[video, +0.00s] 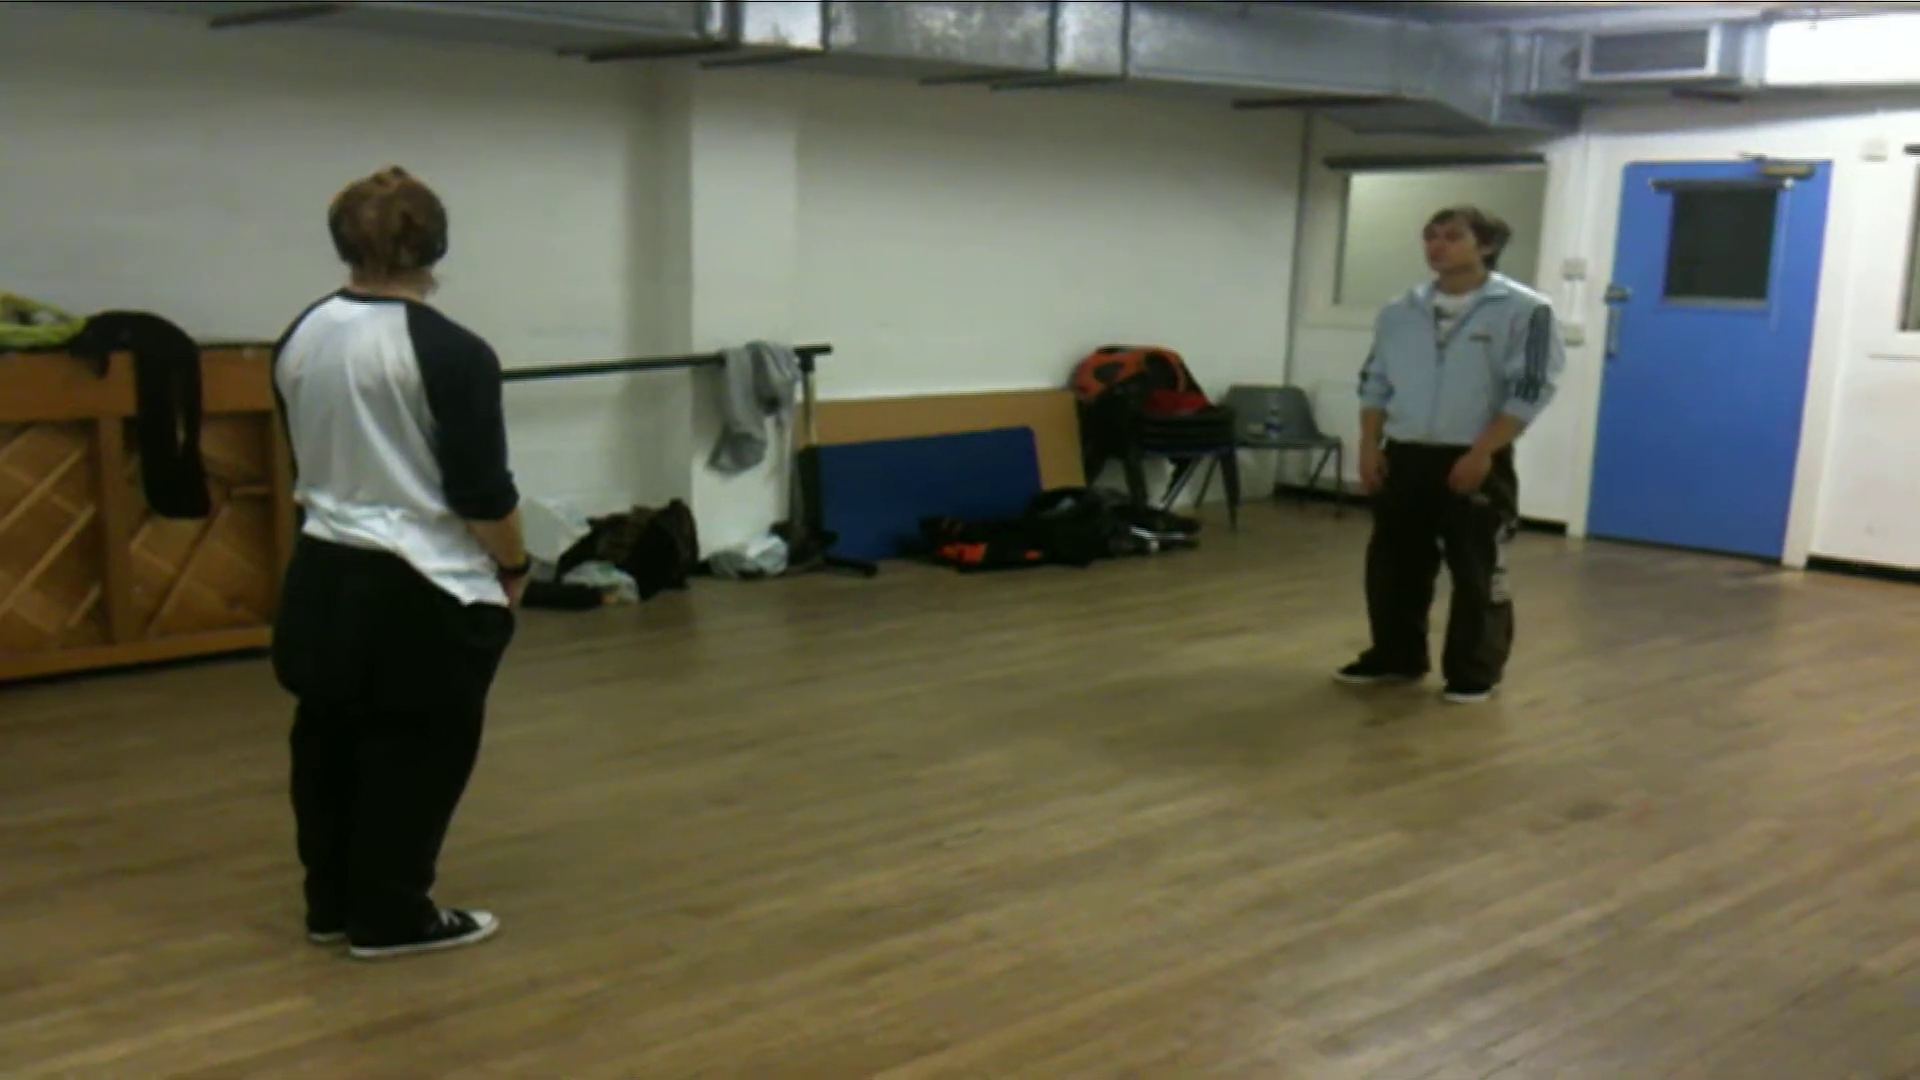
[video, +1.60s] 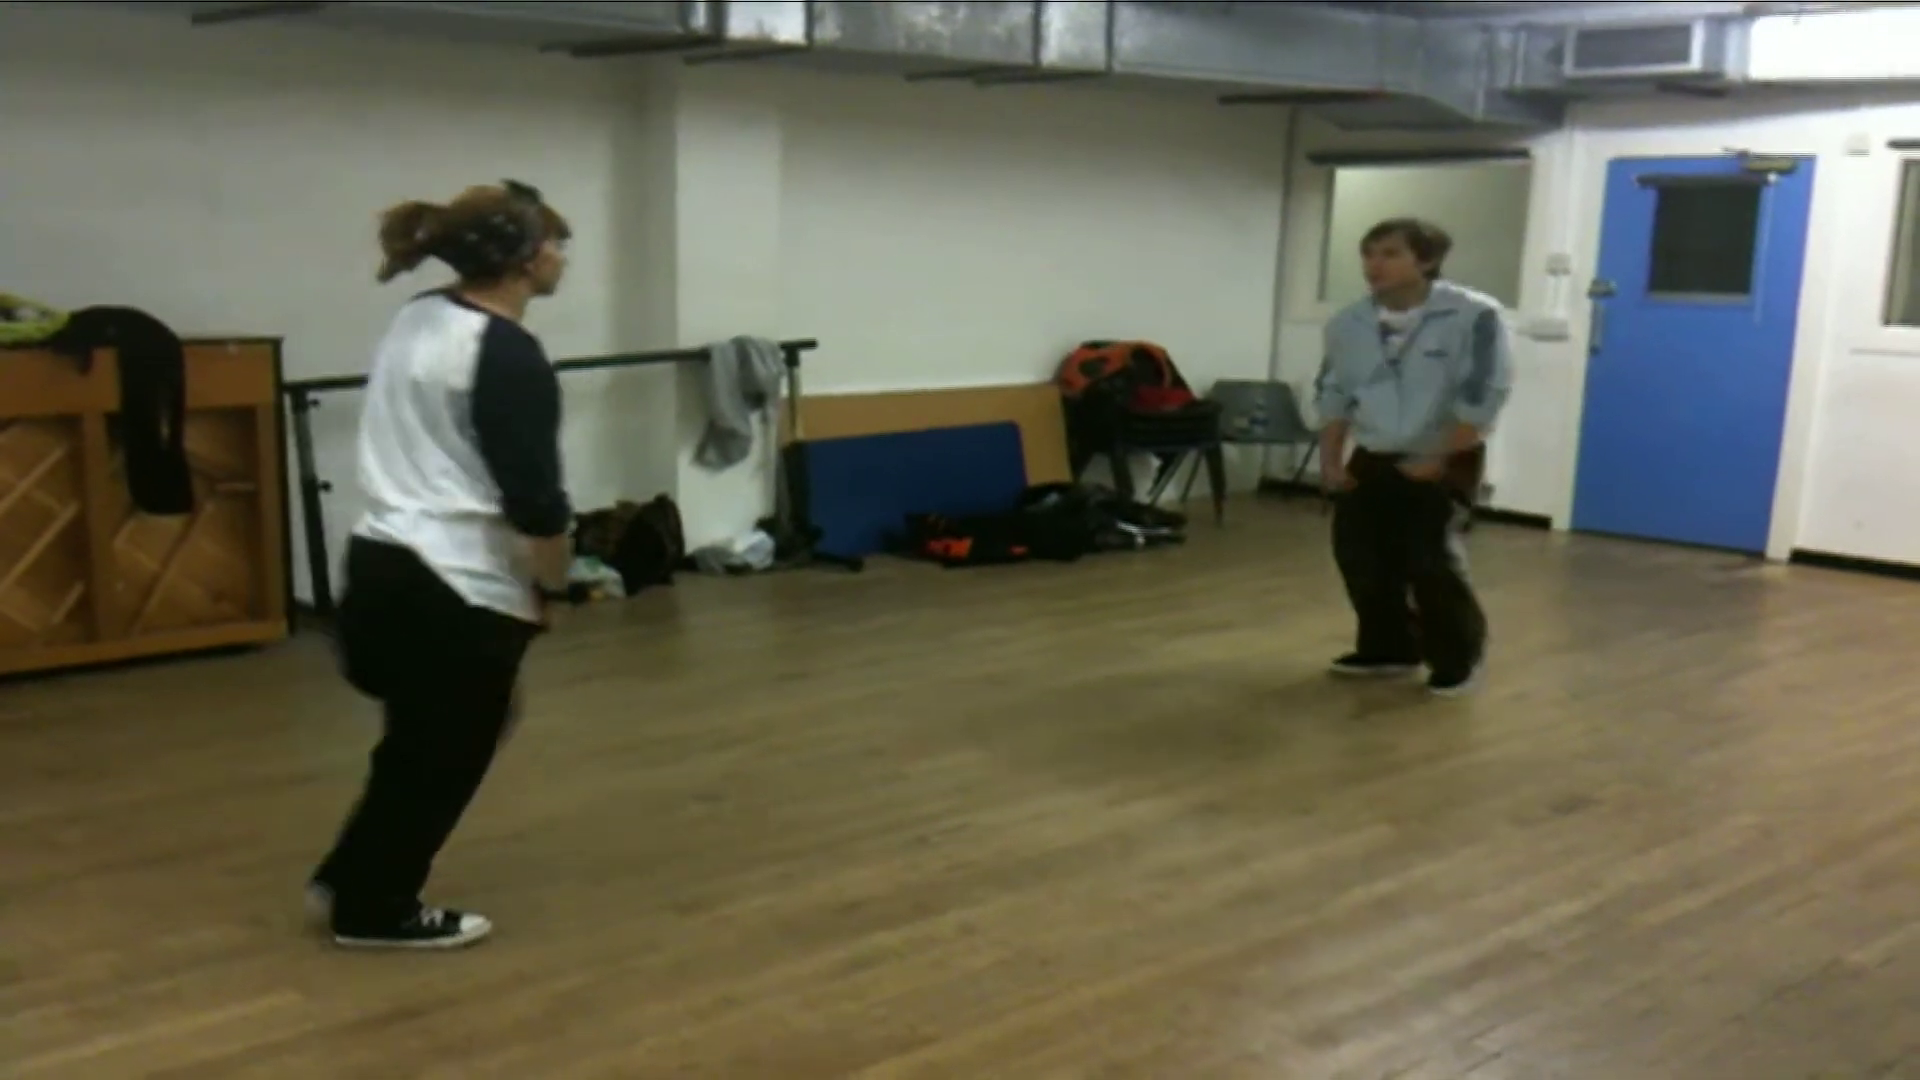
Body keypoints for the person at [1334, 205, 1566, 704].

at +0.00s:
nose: (1439, 246)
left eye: (1453, 237)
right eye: (1432, 238)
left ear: (1484, 247)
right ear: (1424, 247)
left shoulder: (1525, 312)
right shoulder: (1398, 313)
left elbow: (1531, 393)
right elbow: (1375, 383)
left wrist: (1483, 453)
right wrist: (1369, 443)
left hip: (1476, 466)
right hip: (1407, 463)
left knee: (1476, 578)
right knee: (1394, 569)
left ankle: (1472, 672)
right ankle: (1396, 656)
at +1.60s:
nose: (1375, 265)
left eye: (1389, 255)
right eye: (1369, 256)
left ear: (1423, 261)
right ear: (1363, 263)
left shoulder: (1474, 317)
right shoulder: (1349, 325)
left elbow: (1485, 399)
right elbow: (1334, 397)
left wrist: (1443, 458)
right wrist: (1331, 464)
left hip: (1440, 465)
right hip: (1372, 464)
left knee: (1427, 554)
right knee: (1358, 550)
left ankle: (1456, 654)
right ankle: (1386, 644)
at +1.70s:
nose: (1357, 281)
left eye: (1371, 271)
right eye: (1351, 272)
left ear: (1405, 277)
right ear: (1345, 278)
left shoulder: (1454, 314)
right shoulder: (1329, 342)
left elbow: (1468, 387)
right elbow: (1309, 415)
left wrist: (1409, 445)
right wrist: (1317, 471)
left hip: (1439, 453)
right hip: (1371, 454)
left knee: (1373, 537)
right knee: (1339, 546)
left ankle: (1423, 611)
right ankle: (1377, 643)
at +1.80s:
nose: (1329, 294)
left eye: (1343, 284)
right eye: (1324, 284)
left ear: (1376, 290)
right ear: (1317, 290)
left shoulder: (1419, 333)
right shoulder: (1301, 347)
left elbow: (1455, 398)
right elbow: (1284, 419)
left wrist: (1398, 459)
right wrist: (1302, 471)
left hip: (1428, 462)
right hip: (1357, 464)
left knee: (1366, 534)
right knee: (1320, 561)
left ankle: (1380, 636)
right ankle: (1385, 637)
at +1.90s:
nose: (1281, 318)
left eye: (1294, 308)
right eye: (1276, 309)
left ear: (1327, 313)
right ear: (1271, 314)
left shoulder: (1371, 358)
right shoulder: (1278, 360)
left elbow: (1448, 418)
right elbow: (1264, 421)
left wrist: (1410, 491)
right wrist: (1291, 472)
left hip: (1408, 484)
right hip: (1344, 479)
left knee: (1375, 576)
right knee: (1314, 576)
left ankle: (1332, 687)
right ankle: (1394, 641)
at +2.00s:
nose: (1239, 339)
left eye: (1252, 329)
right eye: (1235, 329)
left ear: (1288, 334)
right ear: (1232, 333)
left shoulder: (1341, 375)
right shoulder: (1253, 375)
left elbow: (1421, 436)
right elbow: (1249, 437)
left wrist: (1384, 505)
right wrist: (1267, 485)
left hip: (1382, 498)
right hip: (1317, 495)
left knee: (1350, 599)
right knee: (1294, 585)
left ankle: (1318, 711)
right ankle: (1390, 644)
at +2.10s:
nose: (1222, 337)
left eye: (1236, 325)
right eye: (1217, 326)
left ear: (1275, 328)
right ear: (1212, 328)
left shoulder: (1337, 369)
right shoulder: (1229, 371)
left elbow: (1391, 443)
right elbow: (1218, 430)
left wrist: (1337, 501)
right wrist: (1237, 486)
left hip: (1351, 496)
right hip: (1281, 492)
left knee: (1303, 591)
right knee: (1232, 575)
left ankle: (1308, 710)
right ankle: (1332, 618)